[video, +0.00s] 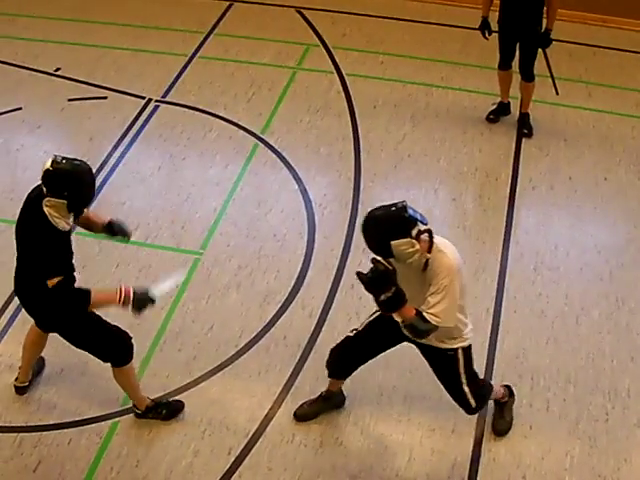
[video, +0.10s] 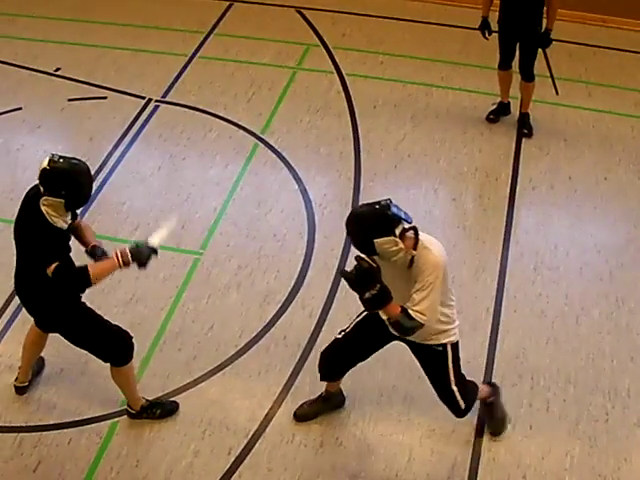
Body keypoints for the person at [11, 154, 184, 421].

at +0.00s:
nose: (85, 203)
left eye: (86, 198)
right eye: (82, 199)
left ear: (55, 187)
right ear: (67, 199)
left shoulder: (44, 196)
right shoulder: (48, 238)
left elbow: (79, 217)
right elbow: (62, 298)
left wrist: (106, 226)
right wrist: (125, 296)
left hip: (30, 290)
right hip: (49, 305)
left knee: (42, 323)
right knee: (119, 344)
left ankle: (23, 377)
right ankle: (141, 404)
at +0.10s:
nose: (78, 203)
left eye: (78, 199)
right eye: (76, 199)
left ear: (51, 186)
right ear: (64, 198)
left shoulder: (40, 196)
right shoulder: (41, 233)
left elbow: (74, 223)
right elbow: (69, 281)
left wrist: (94, 249)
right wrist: (123, 258)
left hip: (30, 286)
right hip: (49, 301)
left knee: (43, 321)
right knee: (119, 344)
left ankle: (23, 377)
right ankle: (136, 405)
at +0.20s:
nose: (80, 200)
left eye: (80, 195)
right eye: (78, 196)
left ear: (53, 184)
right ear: (68, 196)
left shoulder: (41, 195)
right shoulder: (45, 230)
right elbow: (76, 271)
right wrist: (122, 231)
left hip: (34, 286)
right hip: (54, 300)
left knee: (46, 320)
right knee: (125, 342)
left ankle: (26, 375)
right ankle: (139, 403)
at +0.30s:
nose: (84, 199)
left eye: (83, 194)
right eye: (81, 195)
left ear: (55, 182)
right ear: (71, 196)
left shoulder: (43, 193)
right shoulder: (47, 228)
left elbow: (80, 223)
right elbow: (75, 265)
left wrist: (87, 251)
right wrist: (118, 221)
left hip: (35, 284)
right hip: (58, 299)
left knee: (48, 319)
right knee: (128, 341)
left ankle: (27, 373)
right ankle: (141, 402)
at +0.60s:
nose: (96, 195)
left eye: (96, 190)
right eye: (95, 191)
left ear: (67, 178)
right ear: (83, 192)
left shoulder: (52, 190)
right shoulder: (64, 223)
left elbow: (90, 218)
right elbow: (87, 266)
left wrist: (98, 243)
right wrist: (124, 225)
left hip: (43, 280)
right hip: (67, 295)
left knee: (56, 311)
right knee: (139, 336)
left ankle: (36, 366)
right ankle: (150, 397)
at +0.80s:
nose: (89, 191)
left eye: (89, 186)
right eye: (86, 187)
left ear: (60, 182)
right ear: (71, 189)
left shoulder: (59, 196)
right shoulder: (40, 226)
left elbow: (83, 203)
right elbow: (9, 279)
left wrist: (100, 208)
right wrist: (44, 276)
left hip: (68, 292)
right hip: (83, 302)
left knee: (53, 325)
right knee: (156, 333)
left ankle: (20, 368)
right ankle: (161, 396)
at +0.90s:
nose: (92, 198)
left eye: (93, 193)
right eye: (89, 194)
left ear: (67, 183)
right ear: (74, 194)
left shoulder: (56, 195)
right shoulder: (48, 231)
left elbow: (83, 198)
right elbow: (20, 286)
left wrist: (106, 202)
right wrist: (50, 280)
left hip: (69, 293)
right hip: (87, 304)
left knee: (62, 321)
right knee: (160, 333)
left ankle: (28, 367)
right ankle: (167, 396)